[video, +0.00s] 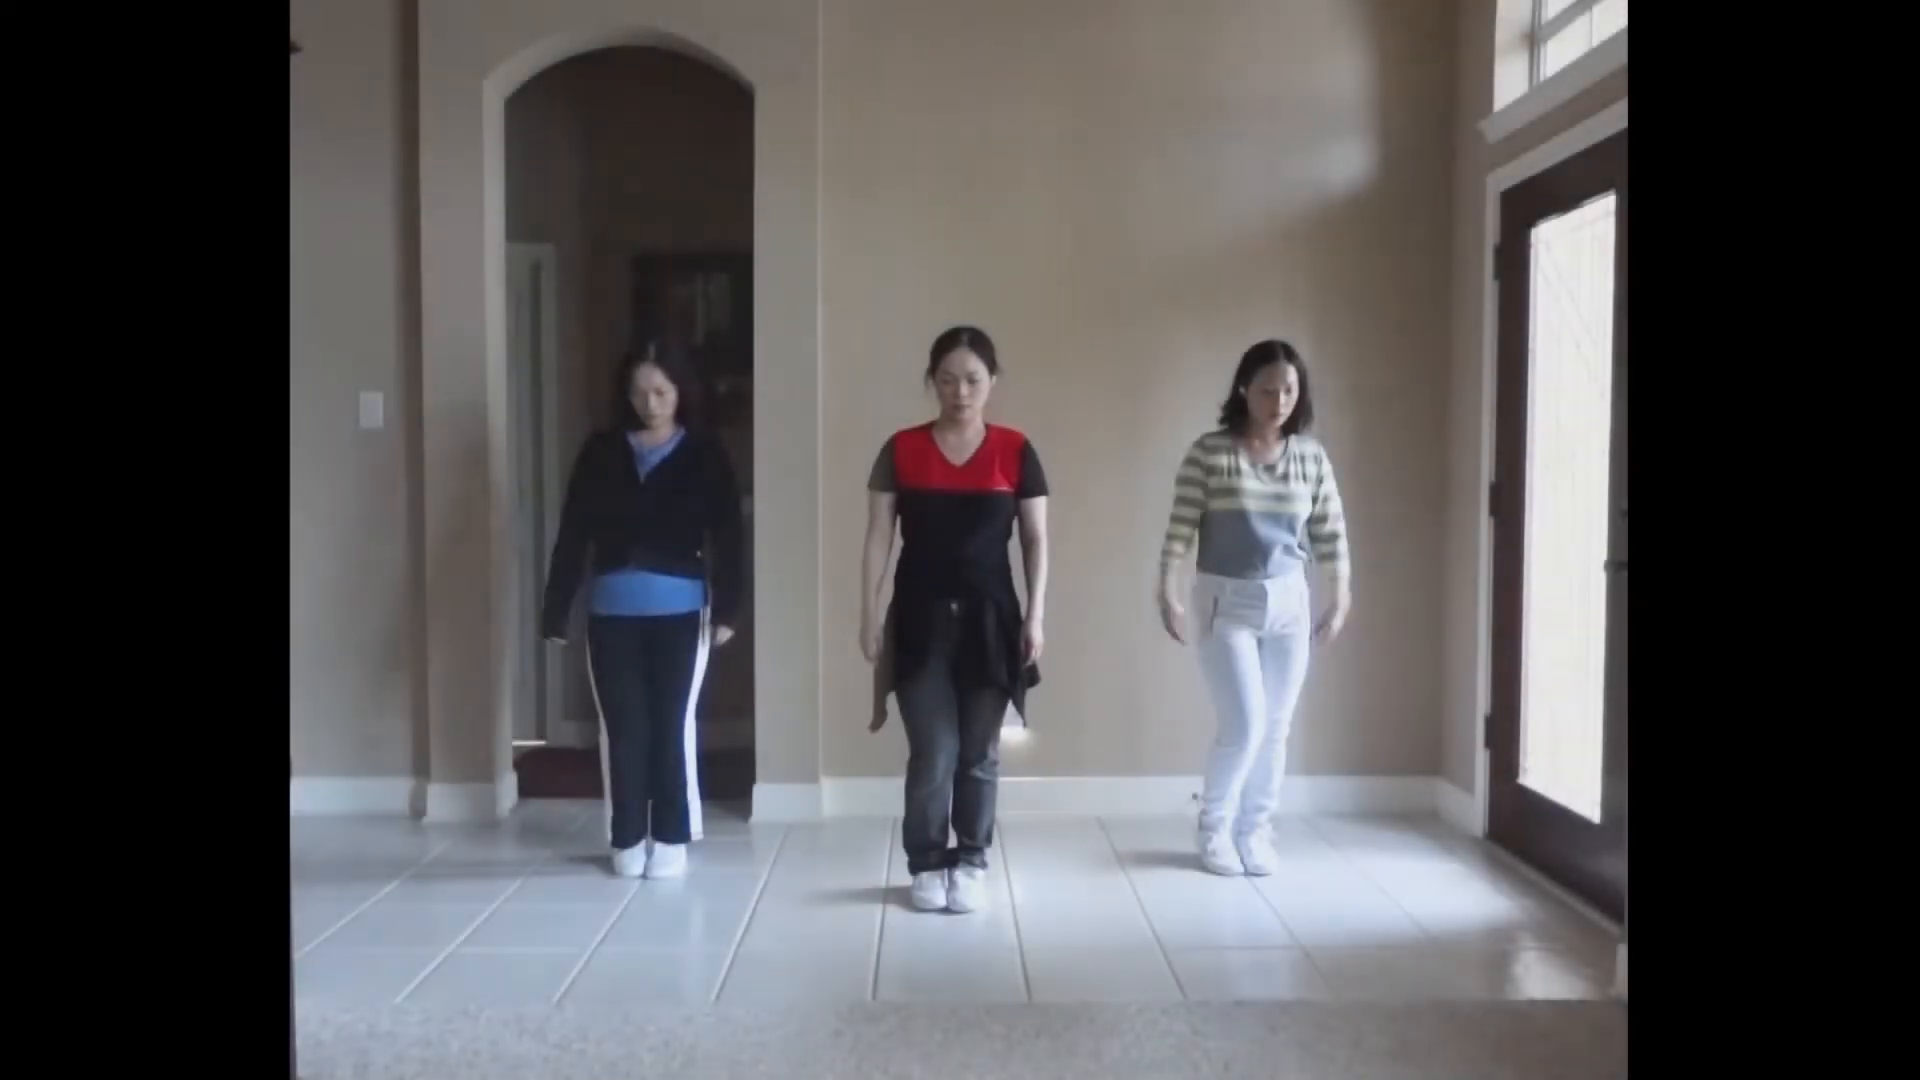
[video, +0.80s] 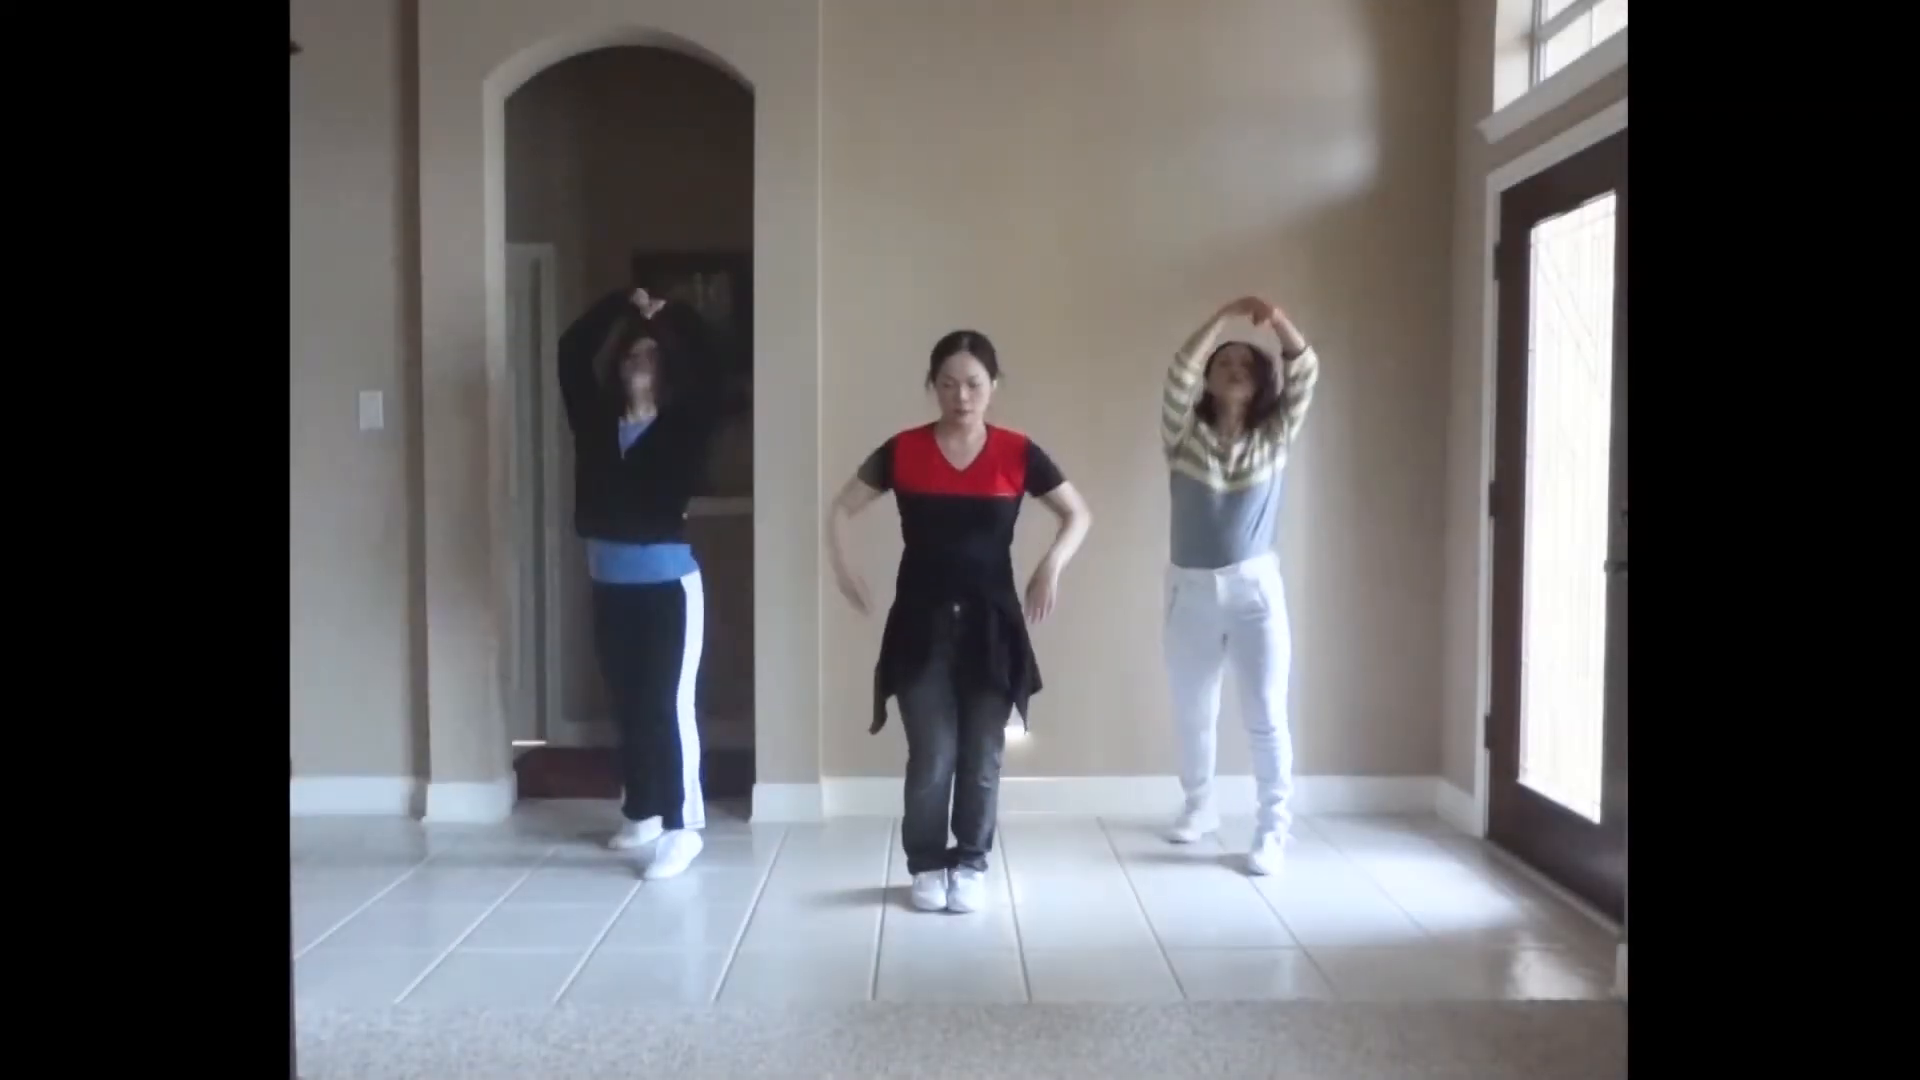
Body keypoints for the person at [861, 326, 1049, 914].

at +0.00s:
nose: (960, 389)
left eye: (972, 379)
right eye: (949, 378)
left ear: (991, 383)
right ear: (933, 382)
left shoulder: (1014, 450)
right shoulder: (903, 449)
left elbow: (1035, 538)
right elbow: (880, 536)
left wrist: (1035, 616)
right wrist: (870, 617)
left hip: (990, 619)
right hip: (920, 618)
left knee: (978, 752)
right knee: (934, 750)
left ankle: (969, 863)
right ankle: (927, 867)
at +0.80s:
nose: (961, 394)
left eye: (973, 383)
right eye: (949, 382)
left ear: (992, 388)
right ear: (933, 386)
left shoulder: (1017, 453)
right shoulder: (903, 451)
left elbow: (1079, 515)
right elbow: (841, 509)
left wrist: (1050, 568)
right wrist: (843, 569)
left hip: (990, 620)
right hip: (921, 619)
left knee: (981, 756)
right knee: (933, 753)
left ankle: (970, 867)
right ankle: (927, 869)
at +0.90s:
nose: (961, 403)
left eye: (973, 392)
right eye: (949, 392)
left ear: (991, 397)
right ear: (933, 397)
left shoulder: (1018, 459)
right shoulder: (905, 458)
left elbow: (1093, 505)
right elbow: (839, 496)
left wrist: (1063, 493)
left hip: (991, 626)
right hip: (922, 627)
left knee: (988, 752)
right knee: (933, 752)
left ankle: (971, 865)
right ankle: (924, 863)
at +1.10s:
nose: (960, 393)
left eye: (971, 382)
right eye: (948, 384)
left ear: (990, 391)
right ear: (934, 394)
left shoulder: (1017, 453)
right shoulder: (906, 451)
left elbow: (1083, 444)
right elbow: (835, 455)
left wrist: (1045, 416)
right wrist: (874, 417)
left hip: (987, 615)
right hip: (920, 614)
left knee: (984, 753)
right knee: (916, 758)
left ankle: (972, 863)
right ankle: (928, 816)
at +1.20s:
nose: (953, 371)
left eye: (966, 362)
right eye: (943, 363)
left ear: (987, 377)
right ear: (930, 379)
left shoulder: (1009, 440)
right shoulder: (905, 435)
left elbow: (1065, 380)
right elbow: (847, 380)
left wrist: (1003, 361)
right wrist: (903, 368)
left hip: (983, 608)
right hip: (917, 607)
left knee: (979, 747)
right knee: (913, 743)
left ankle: (972, 862)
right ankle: (929, 821)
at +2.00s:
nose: (940, 412)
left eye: (950, 402)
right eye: (929, 403)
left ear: (966, 409)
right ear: (912, 412)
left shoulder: (986, 461)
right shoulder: (886, 458)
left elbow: (986, 456)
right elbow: (883, 466)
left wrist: (961, 441)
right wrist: (916, 433)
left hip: (964, 612)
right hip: (901, 612)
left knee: (972, 732)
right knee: (911, 739)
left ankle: (983, 852)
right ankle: (931, 831)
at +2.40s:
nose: (936, 422)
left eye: (946, 412)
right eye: (925, 412)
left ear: (962, 418)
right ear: (909, 419)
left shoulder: (980, 469)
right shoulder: (886, 468)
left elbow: (975, 496)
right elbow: (899, 501)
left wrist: (951, 520)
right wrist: (931, 530)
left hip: (956, 613)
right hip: (897, 614)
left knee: (962, 728)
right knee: (902, 739)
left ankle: (977, 848)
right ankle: (931, 831)